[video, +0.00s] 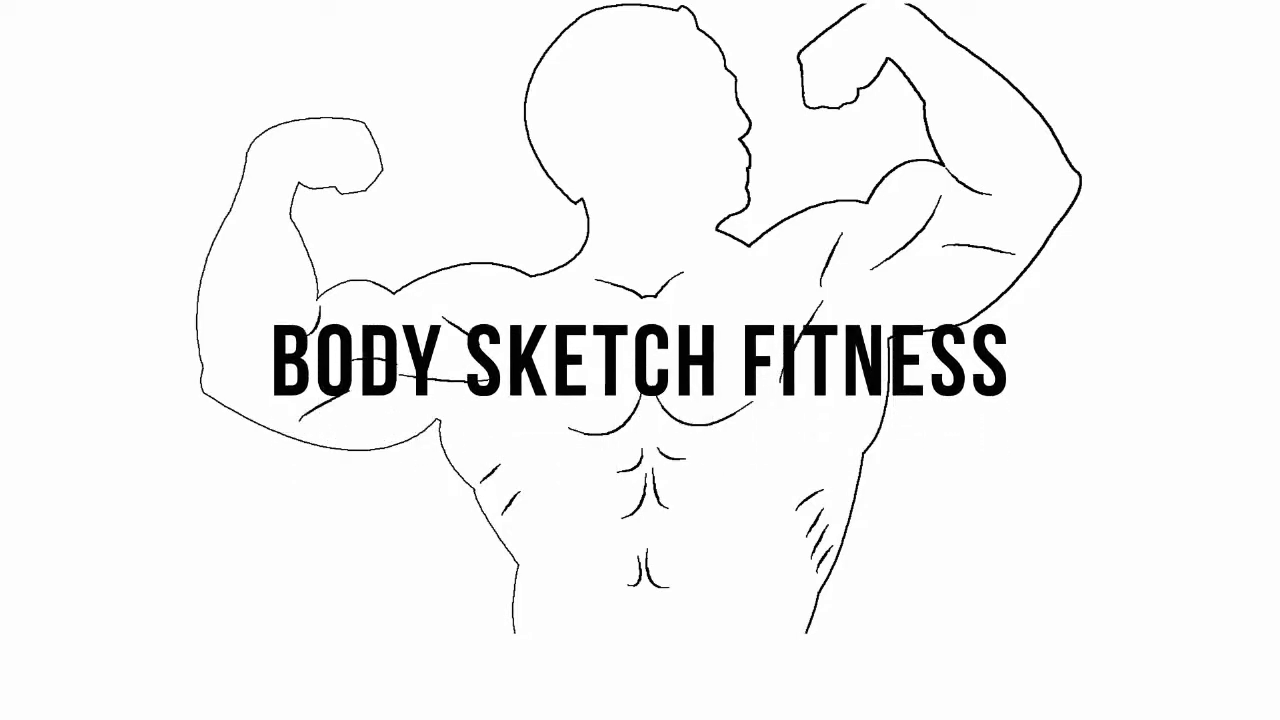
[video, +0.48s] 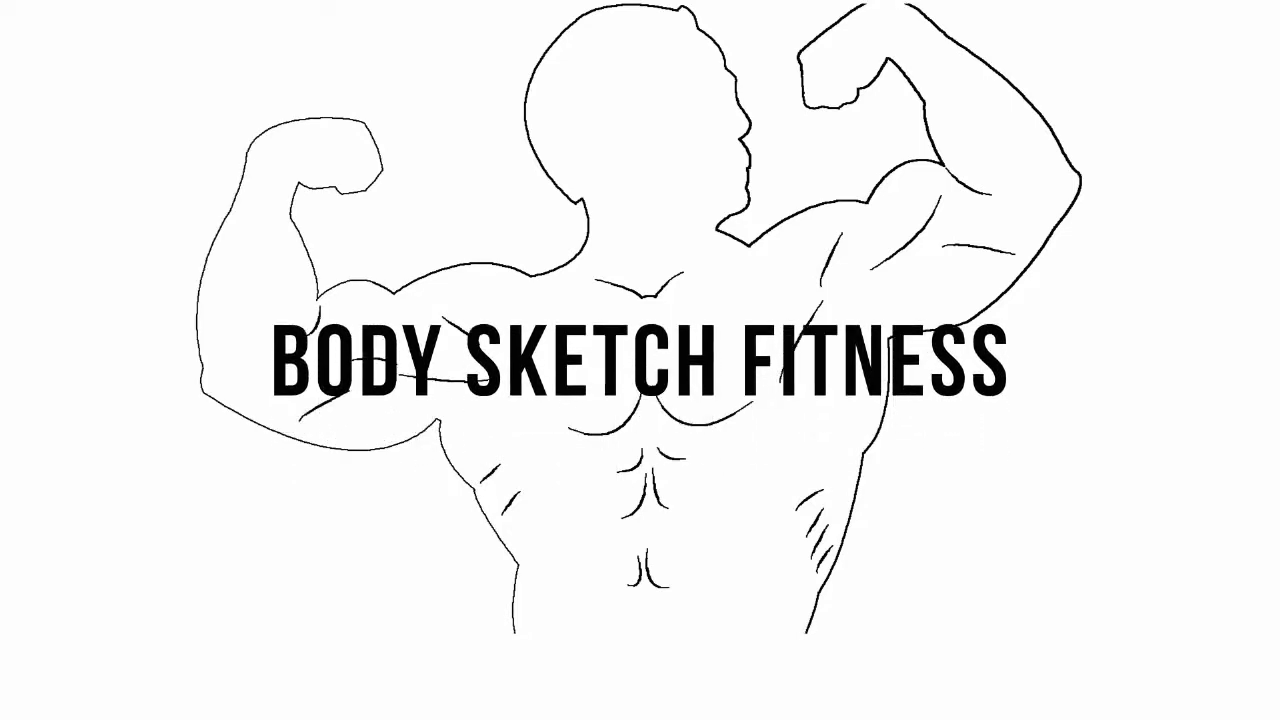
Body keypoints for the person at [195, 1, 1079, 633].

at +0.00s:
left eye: (692, 114)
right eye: (633, 122)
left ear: (737, 127)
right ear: (566, 148)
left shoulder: (813, 294)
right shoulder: (478, 319)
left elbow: (1034, 190)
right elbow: (250, 371)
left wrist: (895, 35)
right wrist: (273, 171)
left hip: (769, 662)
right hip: (547, 667)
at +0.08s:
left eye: (692, 114)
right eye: (633, 122)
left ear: (737, 127)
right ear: (566, 148)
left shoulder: (813, 294)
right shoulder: (478, 319)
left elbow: (1034, 190)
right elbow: (250, 371)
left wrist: (895, 35)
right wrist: (273, 171)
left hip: (769, 662)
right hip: (547, 667)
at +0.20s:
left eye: (692, 114)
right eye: (633, 122)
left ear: (737, 127)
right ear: (566, 148)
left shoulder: (813, 294)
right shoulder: (478, 319)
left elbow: (1034, 190)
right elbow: (250, 371)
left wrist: (895, 35)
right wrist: (273, 171)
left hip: (769, 662)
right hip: (547, 667)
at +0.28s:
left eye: (692, 114)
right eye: (633, 122)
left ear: (737, 127)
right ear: (566, 148)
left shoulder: (813, 294)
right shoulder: (478, 319)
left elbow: (1034, 190)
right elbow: (250, 371)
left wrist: (895, 35)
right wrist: (273, 171)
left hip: (769, 662)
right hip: (547, 667)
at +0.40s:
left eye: (692, 114)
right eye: (633, 122)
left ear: (737, 127)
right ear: (566, 148)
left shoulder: (813, 294)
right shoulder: (478, 319)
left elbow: (1034, 190)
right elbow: (250, 371)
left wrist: (895, 35)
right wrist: (273, 171)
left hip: (769, 662)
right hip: (547, 667)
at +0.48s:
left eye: (692, 114)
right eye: (633, 122)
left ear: (737, 127)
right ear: (566, 148)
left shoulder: (813, 294)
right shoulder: (478, 319)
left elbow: (1034, 190)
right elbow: (250, 371)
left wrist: (895, 35)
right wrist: (273, 171)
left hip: (769, 662)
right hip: (547, 667)